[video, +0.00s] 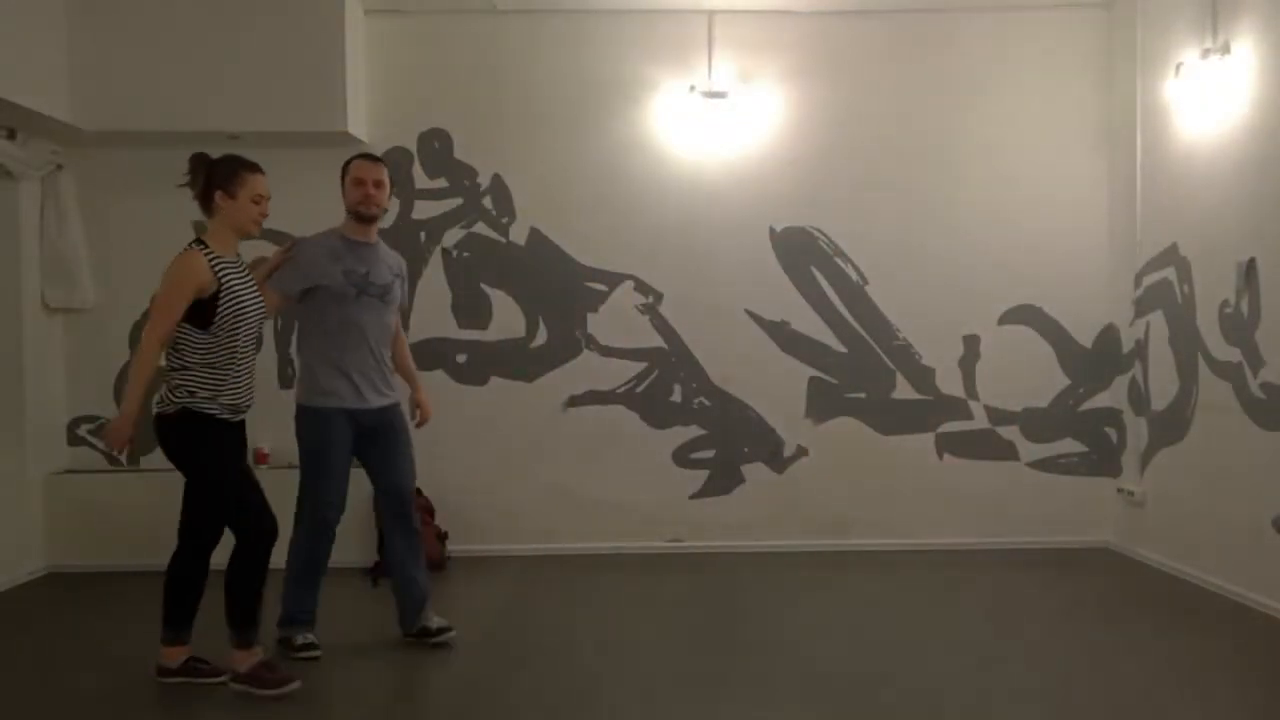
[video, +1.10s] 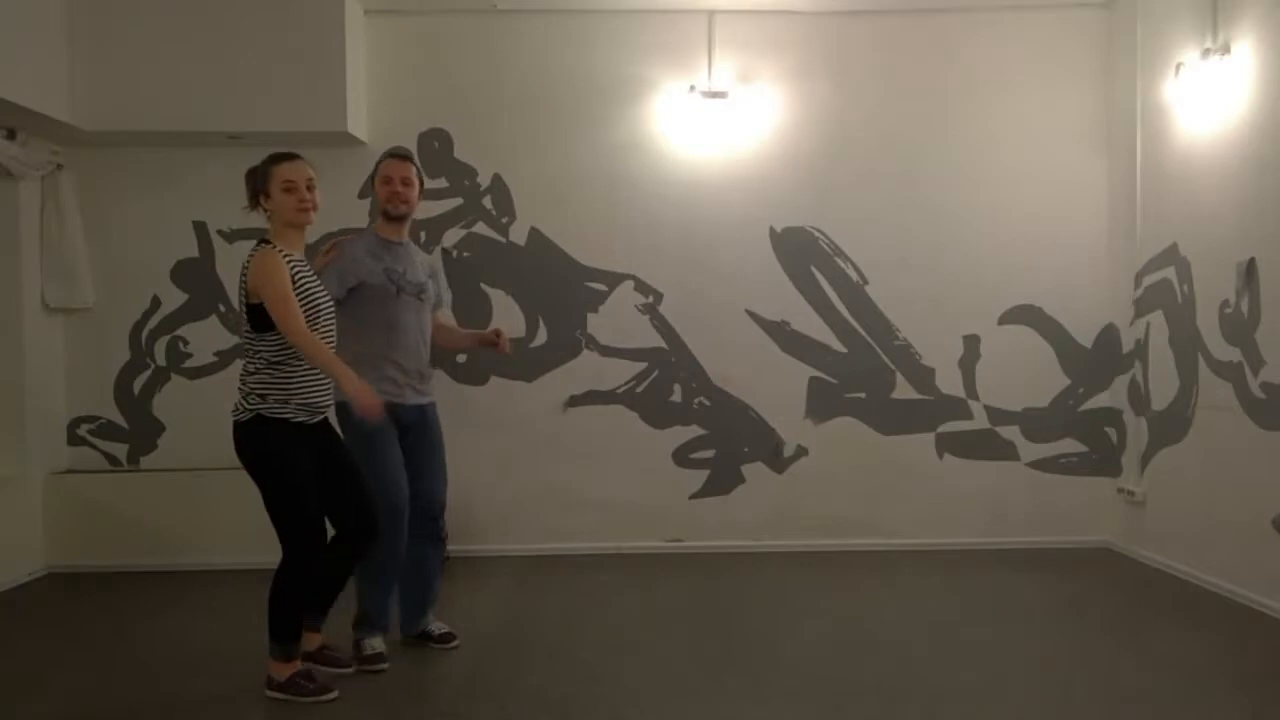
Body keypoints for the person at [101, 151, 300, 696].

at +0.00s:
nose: (266, 210)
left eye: (267, 201)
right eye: (257, 200)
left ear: (234, 204)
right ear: (222, 199)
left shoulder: (235, 263)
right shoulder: (195, 262)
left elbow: (237, 316)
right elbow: (153, 338)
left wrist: (271, 270)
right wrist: (127, 415)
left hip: (222, 421)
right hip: (194, 422)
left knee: (196, 540)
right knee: (258, 528)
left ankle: (174, 654)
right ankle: (245, 658)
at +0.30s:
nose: (303, 208)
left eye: (305, 199)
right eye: (296, 197)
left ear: (270, 200)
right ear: (261, 197)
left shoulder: (280, 259)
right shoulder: (227, 265)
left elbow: (288, 306)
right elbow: (194, 349)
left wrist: (317, 264)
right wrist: (174, 426)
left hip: (282, 419)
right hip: (244, 422)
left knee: (281, 539)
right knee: (282, 540)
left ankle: (197, 630)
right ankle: (281, 667)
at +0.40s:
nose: (312, 211)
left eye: (314, 202)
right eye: (304, 201)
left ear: (281, 205)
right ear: (269, 201)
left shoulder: (291, 264)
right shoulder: (244, 273)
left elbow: (302, 310)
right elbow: (224, 364)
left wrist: (329, 268)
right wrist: (224, 442)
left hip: (301, 426)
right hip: (262, 429)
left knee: (328, 537)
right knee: (293, 544)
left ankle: (235, 615)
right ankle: (282, 667)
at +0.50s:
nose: (321, 208)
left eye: (321, 199)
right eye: (312, 198)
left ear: (291, 204)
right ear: (277, 200)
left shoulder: (299, 262)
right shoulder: (255, 270)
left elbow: (306, 316)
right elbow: (257, 363)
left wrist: (339, 269)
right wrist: (288, 431)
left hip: (307, 420)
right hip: (263, 425)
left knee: (353, 530)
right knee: (297, 544)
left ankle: (286, 629)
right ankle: (281, 665)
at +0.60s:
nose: (328, 197)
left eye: (328, 188)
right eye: (319, 188)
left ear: (298, 196)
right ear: (284, 194)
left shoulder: (304, 258)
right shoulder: (265, 263)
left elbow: (310, 323)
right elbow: (282, 352)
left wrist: (337, 290)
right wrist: (347, 397)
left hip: (317, 421)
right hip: (275, 424)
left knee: (356, 525)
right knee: (299, 539)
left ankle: (344, 654)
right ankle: (283, 668)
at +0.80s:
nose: (320, 191)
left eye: (322, 182)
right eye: (306, 184)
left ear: (325, 193)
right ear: (276, 197)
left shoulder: (309, 260)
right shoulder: (277, 266)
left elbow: (314, 315)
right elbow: (316, 340)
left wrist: (335, 264)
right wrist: (399, 334)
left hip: (328, 422)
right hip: (288, 426)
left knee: (356, 536)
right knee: (314, 544)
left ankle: (358, 661)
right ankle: (284, 666)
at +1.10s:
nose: (303, 196)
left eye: (308, 187)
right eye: (288, 188)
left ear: (317, 196)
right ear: (264, 201)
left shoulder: (296, 260)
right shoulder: (268, 259)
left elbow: (296, 327)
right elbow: (296, 332)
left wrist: (317, 265)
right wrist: (353, 381)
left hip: (308, 421)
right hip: (269, 424)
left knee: (359, 527)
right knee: (303, 544)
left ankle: (305, 636)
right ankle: (282, 666)